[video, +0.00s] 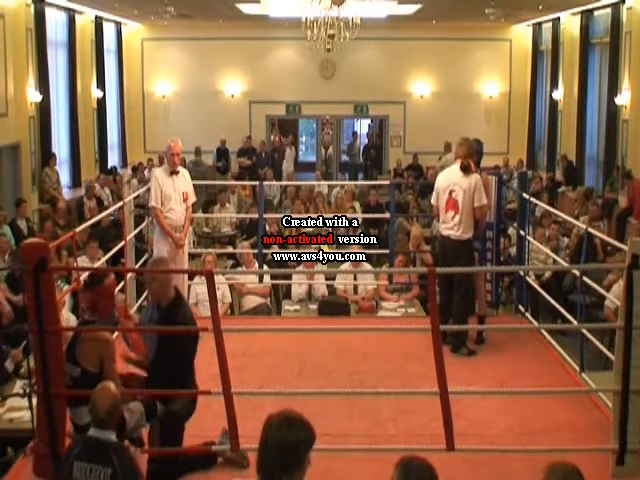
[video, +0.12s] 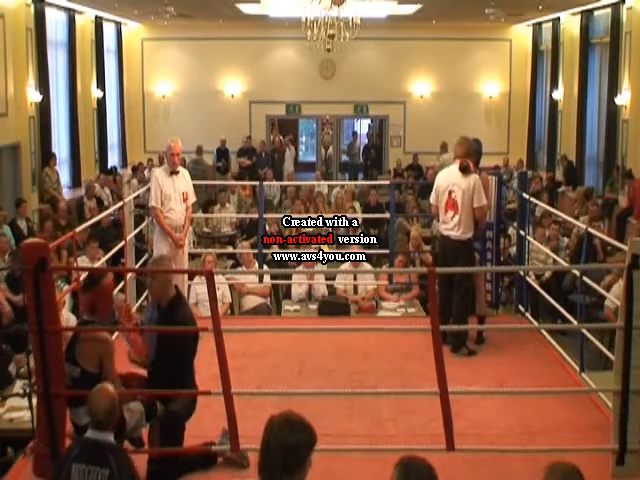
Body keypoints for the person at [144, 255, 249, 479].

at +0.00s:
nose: (148, 287)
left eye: (153, 280)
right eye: (147, 280)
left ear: (168, 281)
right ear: (150, 280)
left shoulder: (180, 320)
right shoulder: (160, 309)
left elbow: (170, 374)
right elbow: (157, 361)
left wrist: (146, 404)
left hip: (177, 396)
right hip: (162, 390)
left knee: (160, 470)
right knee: (160, 467)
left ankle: (216, 452)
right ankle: (215, 448)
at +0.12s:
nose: (148, 285)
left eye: (153, 278)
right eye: (148, 278)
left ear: (167, 280)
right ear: (150, 279)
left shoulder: (180, 318)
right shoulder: (159, 308)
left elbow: (172, 372)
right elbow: (152, 357)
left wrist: (147, 406)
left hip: (176, 397)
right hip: (161, 391)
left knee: (161, 469)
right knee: (158, 467)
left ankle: (216, 451)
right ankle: (215, 449)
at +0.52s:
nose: (149, 286)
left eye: (154, 280)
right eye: (147, 280)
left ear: (169, 280)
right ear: (148, 279)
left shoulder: (180, 318)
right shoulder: (158, 307)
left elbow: (171, 372)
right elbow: (141, 347)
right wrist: (133, 334)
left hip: (178, 396)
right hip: (161, 390)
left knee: (161, 470)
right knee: (159, 467)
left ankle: (217, 452)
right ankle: (215, 449)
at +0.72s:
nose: (149, 286)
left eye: (153, 280)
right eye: (147, 280)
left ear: (169, 280)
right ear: (146, 280)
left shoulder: (181, 319)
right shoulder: (158, 307)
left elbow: (169, 372)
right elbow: (149, 350)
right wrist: (133, 334)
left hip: (179, 395)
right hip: (160, 390)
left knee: (161, 469)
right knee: (159, 467)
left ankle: (217, 452)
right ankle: (215, 450)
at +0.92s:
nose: (146, 288)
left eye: (150, 282)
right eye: (145, 281)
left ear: (165, 281)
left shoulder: (180, 318)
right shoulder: (159, 309)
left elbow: (175, 369)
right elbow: (158, 358)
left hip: (177, 396)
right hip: (162, 391)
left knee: (161, 469)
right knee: (158, 467)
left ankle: (217, 452)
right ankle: (215, 449)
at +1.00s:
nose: (145, 288)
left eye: (149, 282)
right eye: (144, 282)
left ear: (164, 282)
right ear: (160, 282)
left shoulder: (180, 319)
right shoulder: (157, 309)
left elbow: (180, 371)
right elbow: (156, 357)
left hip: (175, 399)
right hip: (161, 394)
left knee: (161, 469)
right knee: (158, 467)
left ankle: (217, 451)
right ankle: (215, 449)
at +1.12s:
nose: (145, 288)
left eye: (149, 282)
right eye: (144, 281)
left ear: (165, 281)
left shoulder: (180, 318)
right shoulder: (155, 308)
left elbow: (182, 369)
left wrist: (173, 406)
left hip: (175, 399)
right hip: (160, 393)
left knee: (162, 469)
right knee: (157, 467)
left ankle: (217, 451)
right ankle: (215, 449)